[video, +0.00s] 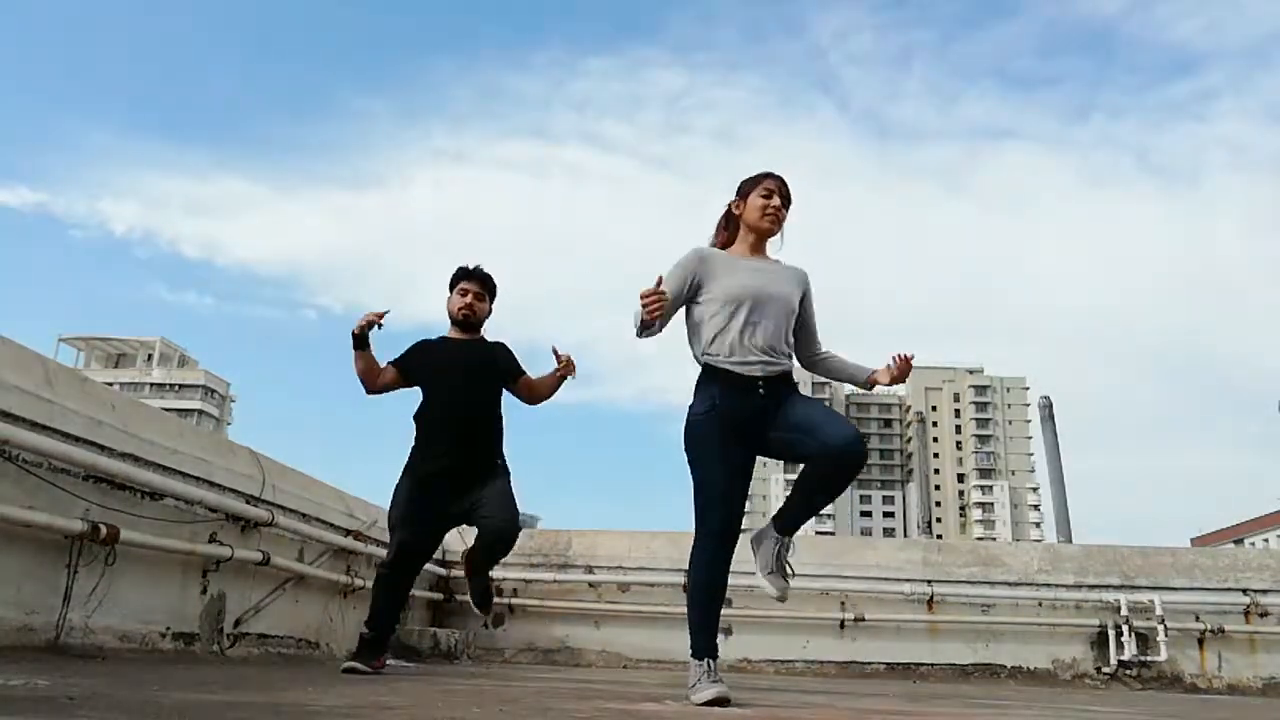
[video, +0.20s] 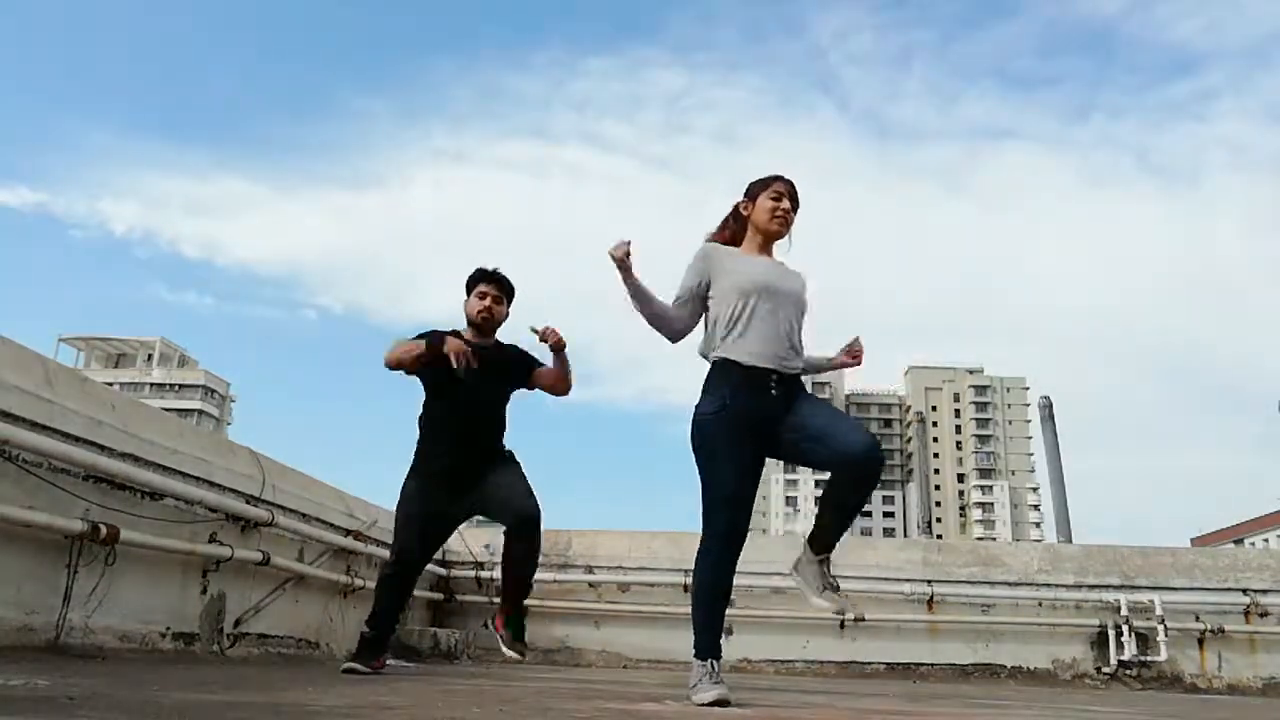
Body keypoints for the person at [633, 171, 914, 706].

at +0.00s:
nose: (775, 205)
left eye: (782, 201)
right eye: (765, 195)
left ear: (785, 217)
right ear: (738, 205)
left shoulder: (794, 279)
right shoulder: (702, 260)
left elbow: (812, 356)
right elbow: (647, 328)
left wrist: (874, 375)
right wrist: (647, 315)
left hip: (780, 403)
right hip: (720, 403)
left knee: (847, 447)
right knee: (717, 534)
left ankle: (776, 536)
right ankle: (703, 664)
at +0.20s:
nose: (783, 207)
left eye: (791, 204)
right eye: (774, 197)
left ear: (791, 220)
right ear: (746, 206)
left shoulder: (792, 279)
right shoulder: (714, 256)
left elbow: (791, 360)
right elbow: (675, 326)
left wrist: (836, 360)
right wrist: (629, 277)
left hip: (787, 400)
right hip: (730, 396)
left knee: (863, 454)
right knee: (724, 532)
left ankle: (814, 556)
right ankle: (706, 665)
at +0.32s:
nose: (789, 213)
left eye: (796, 209)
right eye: (779, 203)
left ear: (797, 226)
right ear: (750, 212)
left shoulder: (804, 285)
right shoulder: (723, 257)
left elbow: (810, 363)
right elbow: (694, 332)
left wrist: (869, 346)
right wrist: (709, 289)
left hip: (796, 409)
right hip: (737, 403)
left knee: (865, 497)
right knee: (733, 537)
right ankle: (708, 667)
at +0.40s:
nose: (794, 224)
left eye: (800, 220)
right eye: (783, 215)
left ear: (802, 237)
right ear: (755, 224)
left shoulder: (811, 293)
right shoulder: (732, 265)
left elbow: (850, 350)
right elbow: (736, 316)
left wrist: (893, 334)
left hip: (802, 418)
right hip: (745, 410)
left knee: (862, 533)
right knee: (748, 541)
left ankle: (901, 666)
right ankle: (709, 669)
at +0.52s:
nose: (811, 238)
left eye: (815, 234)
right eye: (798, 230)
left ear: (816, 254)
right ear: (770, 246)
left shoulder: (817, 304)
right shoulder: (763, 287)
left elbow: (854, 324)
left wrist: (903, 317)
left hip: (814, 436)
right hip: (762, 431)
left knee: (888, 543)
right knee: (782, 566)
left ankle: (911, 679)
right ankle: (714, 666)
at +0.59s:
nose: (821, 230)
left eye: (827, 228)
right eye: (809, 222)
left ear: (826, 248)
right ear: (779, 235)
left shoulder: (827, 300)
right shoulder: (768, 275)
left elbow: (893, 337)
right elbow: (816, 325)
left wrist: (908, 311)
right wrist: (904, 342)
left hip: (827, 430)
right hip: (773, 422)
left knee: (894, 539)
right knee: (782, 560)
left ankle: (912, 680)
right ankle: (715, 664)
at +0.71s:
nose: (831, 212)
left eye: (837, 209)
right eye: (820, 203)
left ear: (837, 228)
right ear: (790, 214)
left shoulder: (836, 290)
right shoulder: (772, 246)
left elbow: (907, 336)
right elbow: (773, 266)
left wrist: (912, 304)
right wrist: (855, 293)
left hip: (840, 410)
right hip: (781, 399)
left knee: (890, 535)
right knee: (769, 541)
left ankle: (911, 679)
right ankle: (712, 665)